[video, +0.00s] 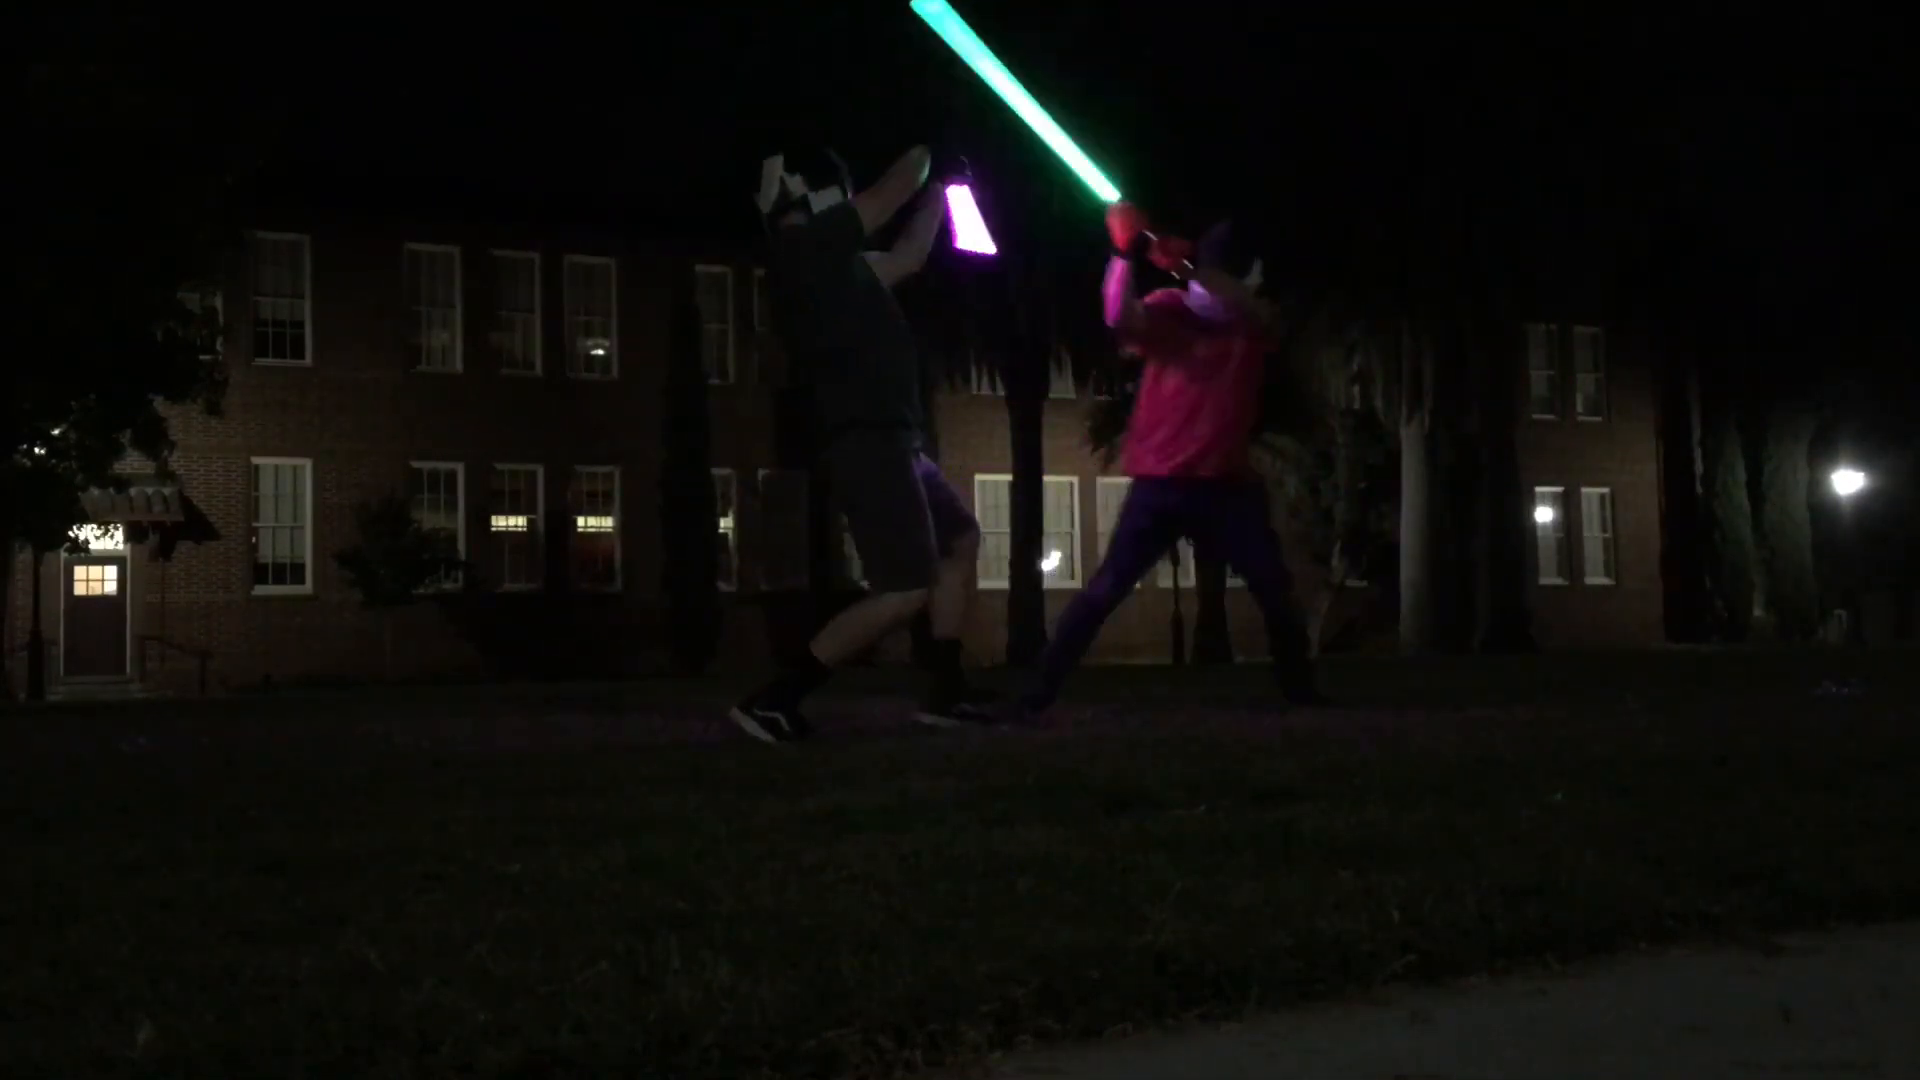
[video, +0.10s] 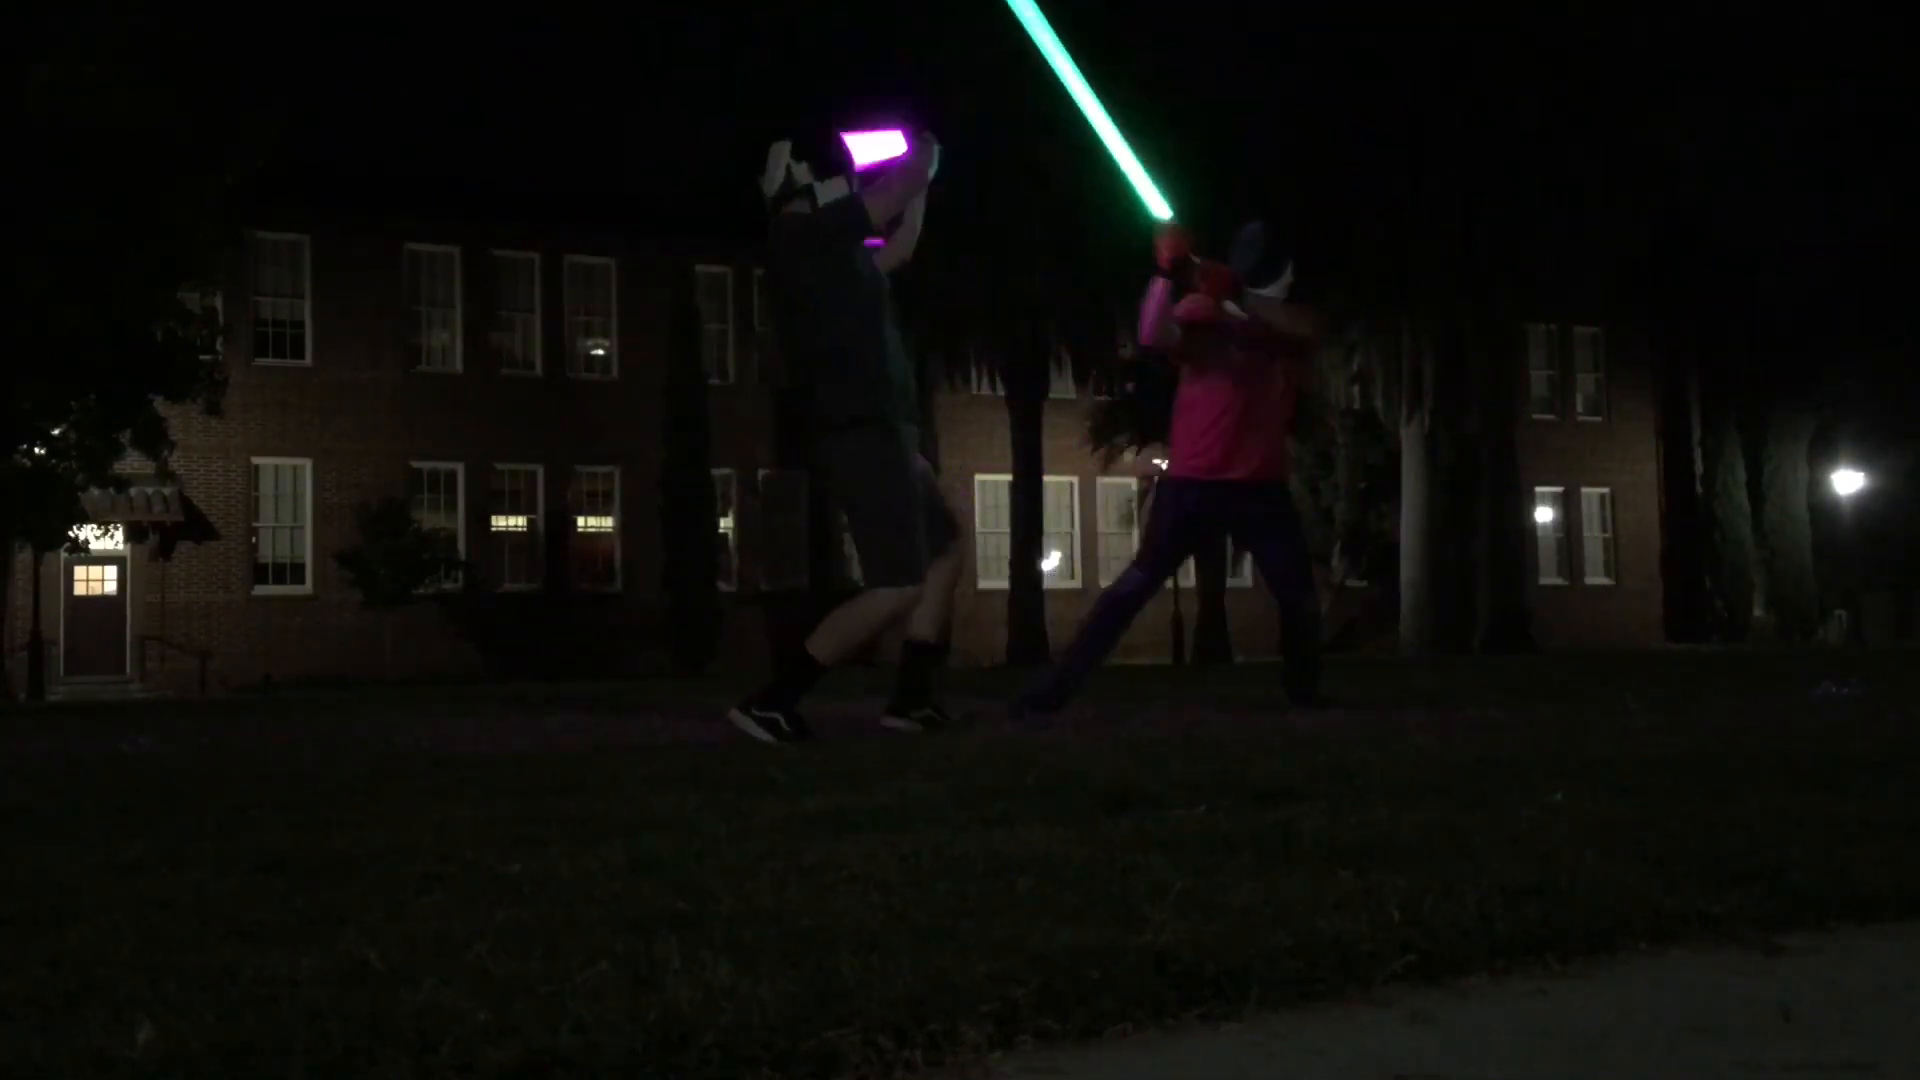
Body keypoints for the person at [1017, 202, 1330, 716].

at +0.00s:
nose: (1209, 287)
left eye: (1224, 278)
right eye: (1205, 281)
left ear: (1242, 278)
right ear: (1196, 280)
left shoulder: (1253, 322)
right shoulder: (1168, 311)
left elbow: (1243, 306)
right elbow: (1118, 316)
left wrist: (1191, 266)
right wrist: (1124, 253)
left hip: (1225, 482)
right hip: (1160, 483)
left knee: (1274, 591)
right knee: (1105, 592)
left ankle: (1300, 694)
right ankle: (1036, 694)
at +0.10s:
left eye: (1269, 279)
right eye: (1252, 277)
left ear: (1278, 280)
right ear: (1228, 275)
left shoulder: (1283, 320)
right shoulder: (1204, 312)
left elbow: (1307, 334)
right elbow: (1152, 338)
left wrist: (1233, 304)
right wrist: (1166, 274)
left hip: (1260, 484)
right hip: (1194, 483)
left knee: (1298, 595)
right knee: (1139, 585)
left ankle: (1304, 694)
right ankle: (1054, 690)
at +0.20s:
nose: (1278, 302)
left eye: (1290, 295)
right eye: (1268, 293)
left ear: (1306, 284)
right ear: (1252, 279)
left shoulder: (1315, 317)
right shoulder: (1230, 312)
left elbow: (1333, 350)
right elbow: (1183, 349)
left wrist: (1278, 324)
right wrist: (1204, 295)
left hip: (1286, 479)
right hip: (1218, 475)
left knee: (1312, 589)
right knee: (1175, 578)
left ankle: (1304, 688)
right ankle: (1107, 683)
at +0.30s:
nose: (1299, 284)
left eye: (1310, 274)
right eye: (1290, 273)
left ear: (1327, 266)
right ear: (1276, 257)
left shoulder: (1340, 320)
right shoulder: (1242, 302)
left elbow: (1356, 386)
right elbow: (1202, 371)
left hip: (1304, 471)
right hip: (1236, 466)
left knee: (1318, 581)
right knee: (1207, 572)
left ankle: (1306, 685)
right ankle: (1159, 675)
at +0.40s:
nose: (1316, 271)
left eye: (1327, 261)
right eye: (1307, 260)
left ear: (1343, 251)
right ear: (1292, 244)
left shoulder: (1358, 307)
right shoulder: (1256, 291)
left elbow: (1383, 391)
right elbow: (1218, 366)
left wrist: (1374, 442)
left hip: (1322, 464)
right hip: (1249, 461)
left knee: (1324, 579)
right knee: (1225, 572)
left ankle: (1309, 686)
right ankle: (1209, 677)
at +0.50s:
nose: (1334, 251)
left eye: (1344, 241)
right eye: (1325, 239)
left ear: (1357, 240)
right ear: (1307, 233)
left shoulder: (1374, 302)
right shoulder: (1271, 289)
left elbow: (1398, 381)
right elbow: (1232, 366)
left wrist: (1414, 445)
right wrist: (1226, 434)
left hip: (1341, 459)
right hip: (1272, 457)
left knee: (1328, 572)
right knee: (1265, 566)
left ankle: (1314, 676)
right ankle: (1280, 663)